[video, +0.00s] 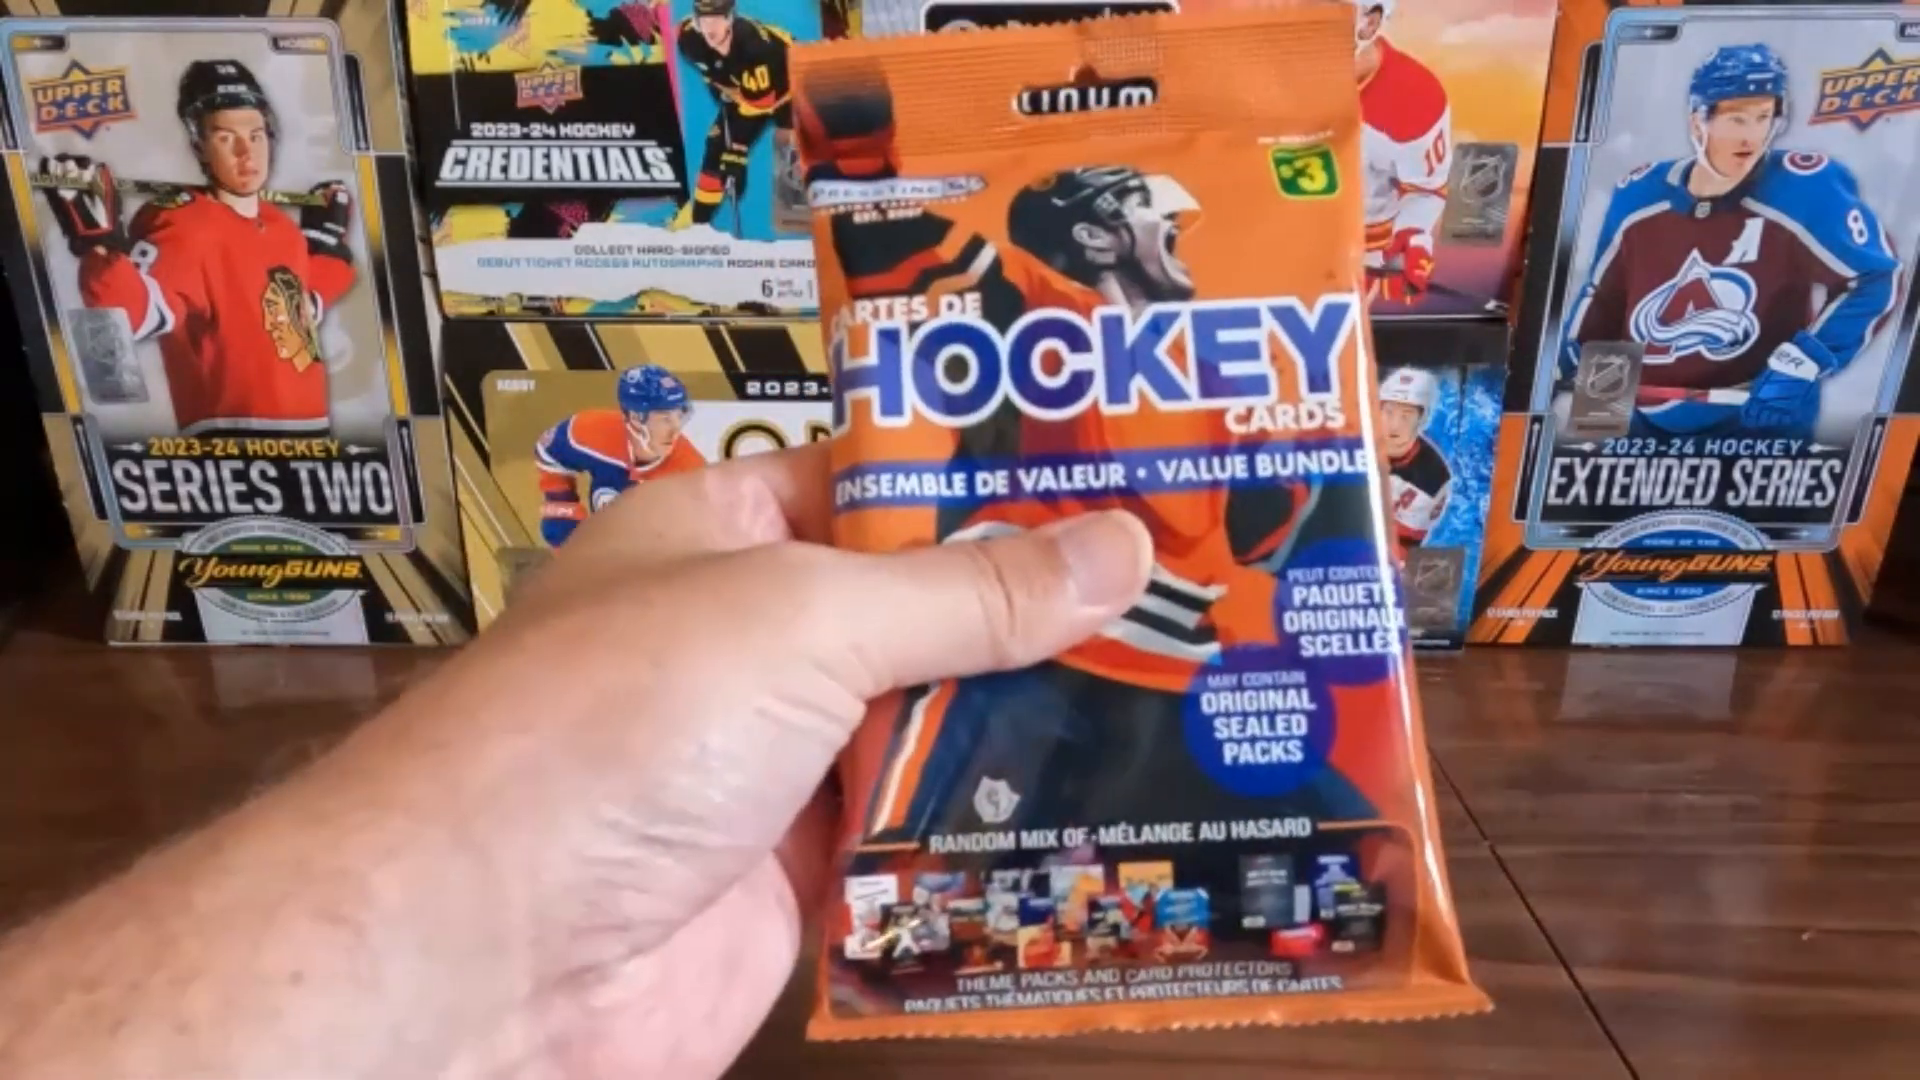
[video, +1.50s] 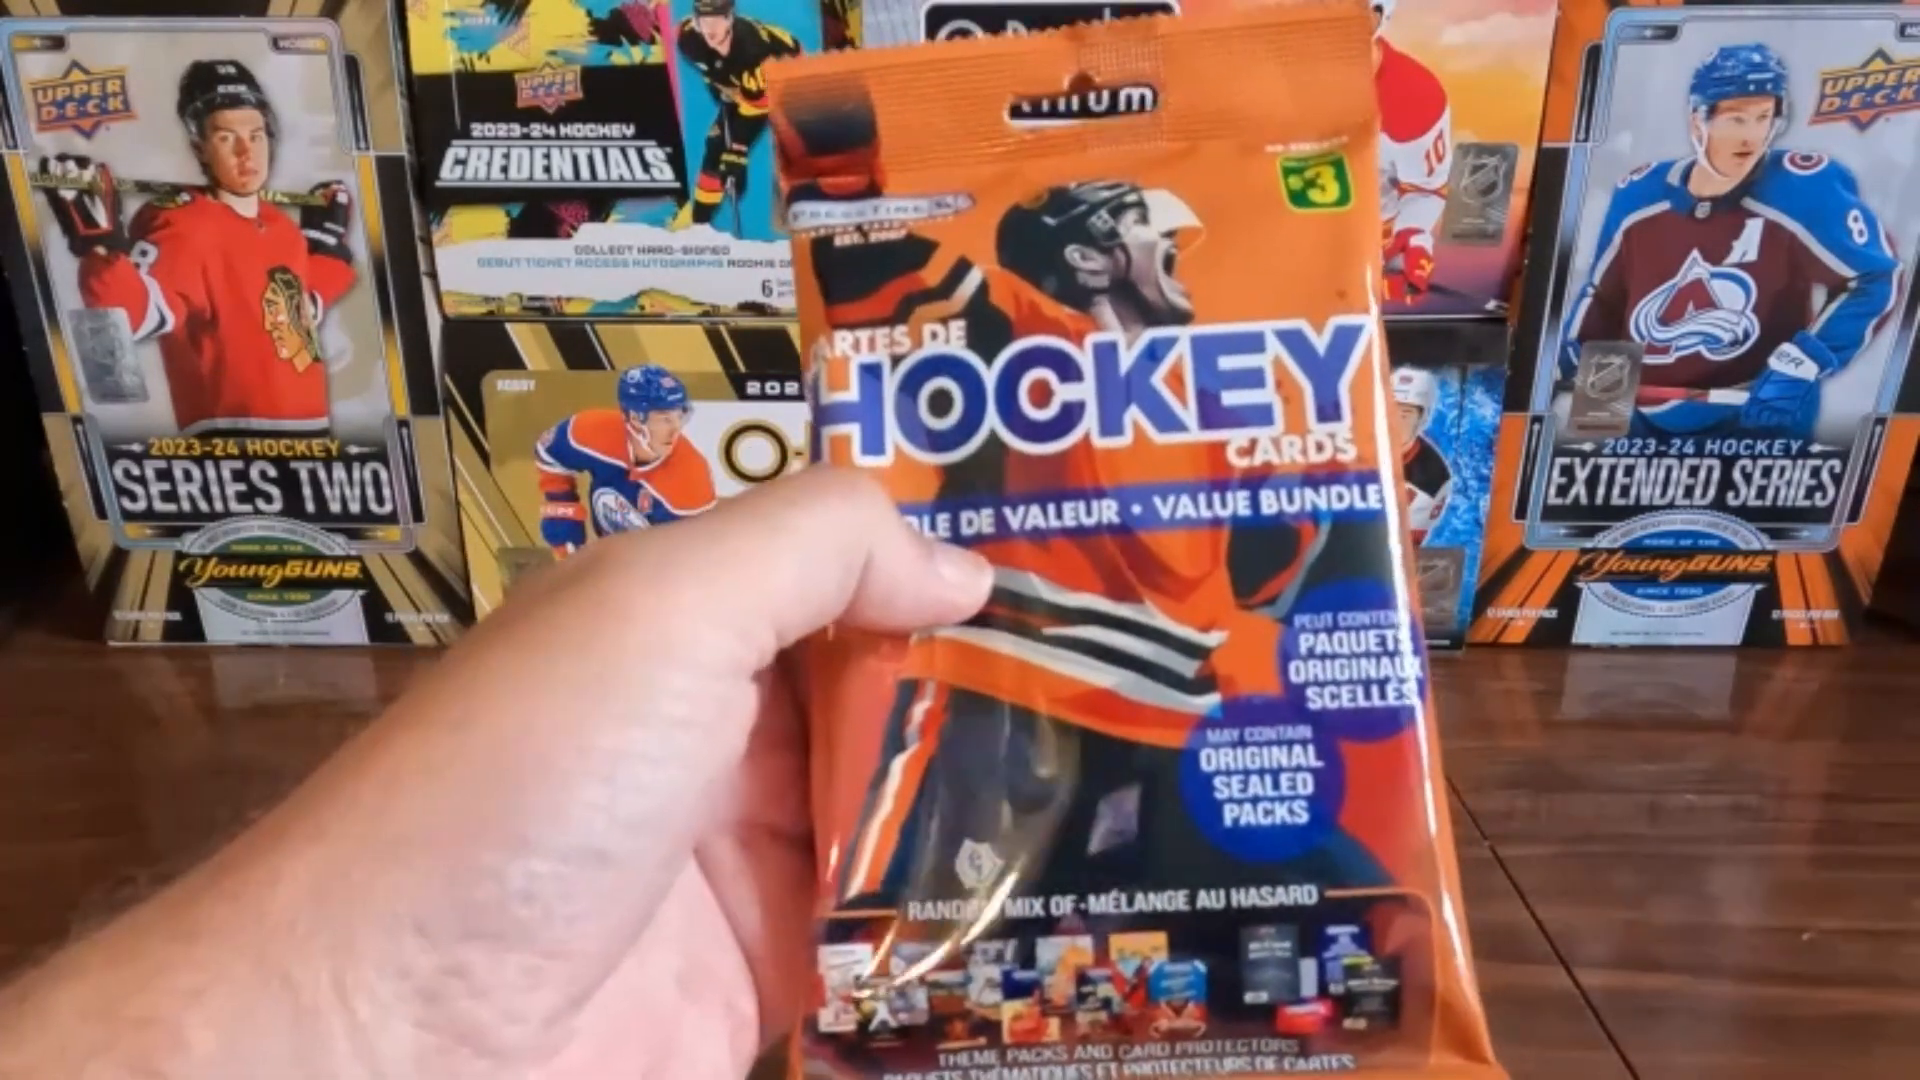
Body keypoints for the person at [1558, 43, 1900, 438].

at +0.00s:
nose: (1749, 135)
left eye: (1762, 118)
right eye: (1734, 119)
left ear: (1775, 123)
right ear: (1698, 124)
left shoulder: (1804, 192)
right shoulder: (1638, 197)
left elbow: (1878, 279)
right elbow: (1599, 295)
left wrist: (1801, 364)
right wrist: (1578, 367)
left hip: (1746, 427)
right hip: (1638, 422)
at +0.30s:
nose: (1750, 134)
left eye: (1762, 118)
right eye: (1735, 119)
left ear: (1775, 122)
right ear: (1698, 124)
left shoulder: (1805, 192)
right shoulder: (1638, 197)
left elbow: (1878, 279)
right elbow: (1600, 297)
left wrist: (1801, 364)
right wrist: (1574, 367)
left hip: (1745, 427)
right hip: (1638, 422)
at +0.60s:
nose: (1749, 134)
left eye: (1762, 118)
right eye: (1735, 119)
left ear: (1775, 122)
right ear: (1698, 124)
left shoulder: (1806, 192)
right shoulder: (1638, 197)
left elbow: (1879, 279)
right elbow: (1599, 296)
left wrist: (1801, 365)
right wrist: (1576, 368)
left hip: (1744, 427)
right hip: (1637, 422)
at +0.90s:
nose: (1750, 135)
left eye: (1762, 118)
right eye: (1735, 119)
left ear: (1775, 122)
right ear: (1698, 124)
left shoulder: (1805, 192)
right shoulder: (1638, 197)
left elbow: (1879, 279)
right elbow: (1600, 296)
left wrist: (1801, 365)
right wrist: (1575, 362)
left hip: (1744, 426)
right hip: (1637, 420)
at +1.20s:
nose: (1750, 135)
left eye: (1762, 118)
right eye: (1734, 119)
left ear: (1775, 123)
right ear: (1698, 124)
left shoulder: (1804, 193)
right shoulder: (1637, 197)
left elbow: (1878, 279)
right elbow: (1600, 297)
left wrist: (1801, 365)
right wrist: (1572, 366)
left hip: (1744, 427)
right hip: (1637, 422)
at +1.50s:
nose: (1750, 135)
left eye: (1762, 118)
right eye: (1734, 119)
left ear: (1775, 123)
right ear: (1698, 124)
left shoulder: (1804, 193)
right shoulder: (1637, 197)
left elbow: (1878, 279)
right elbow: (1600, 297)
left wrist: (1801, 365)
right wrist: (1572, 366)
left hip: (1744, 427)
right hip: (1636, 422)